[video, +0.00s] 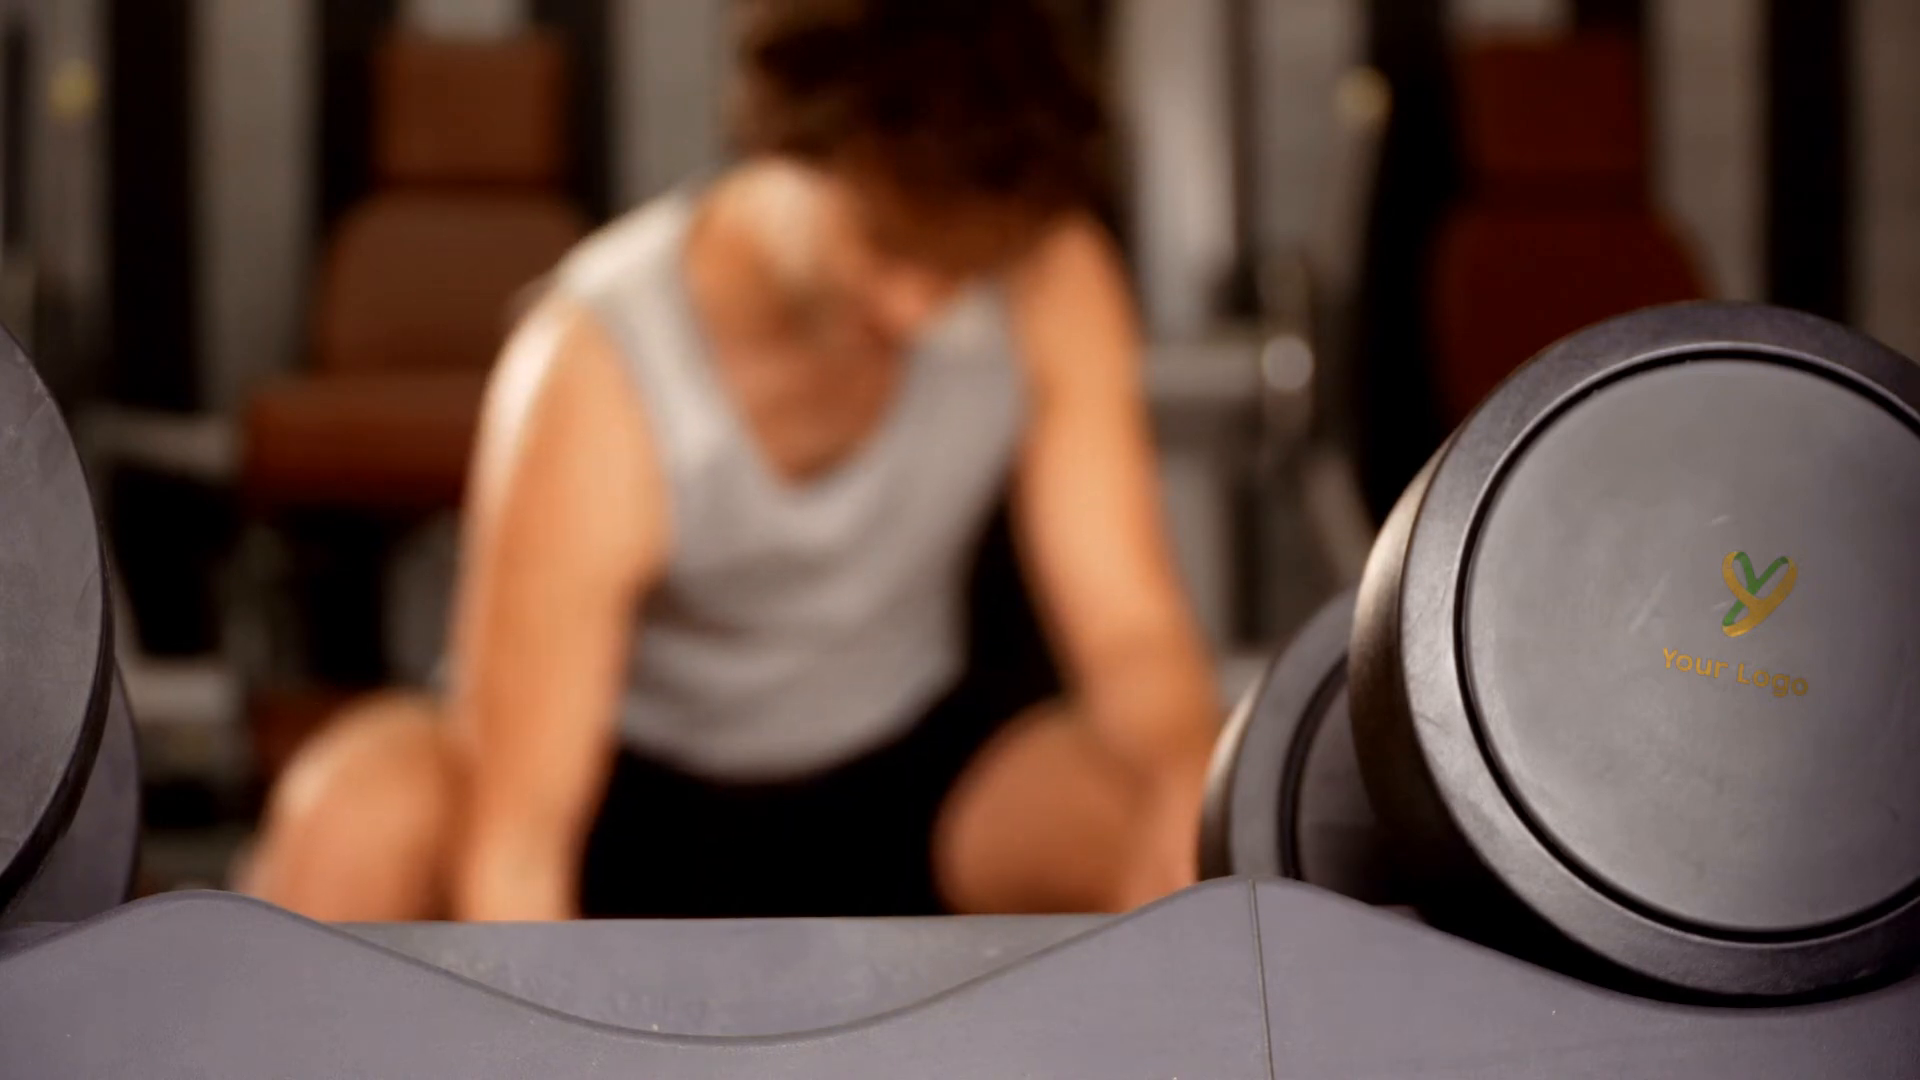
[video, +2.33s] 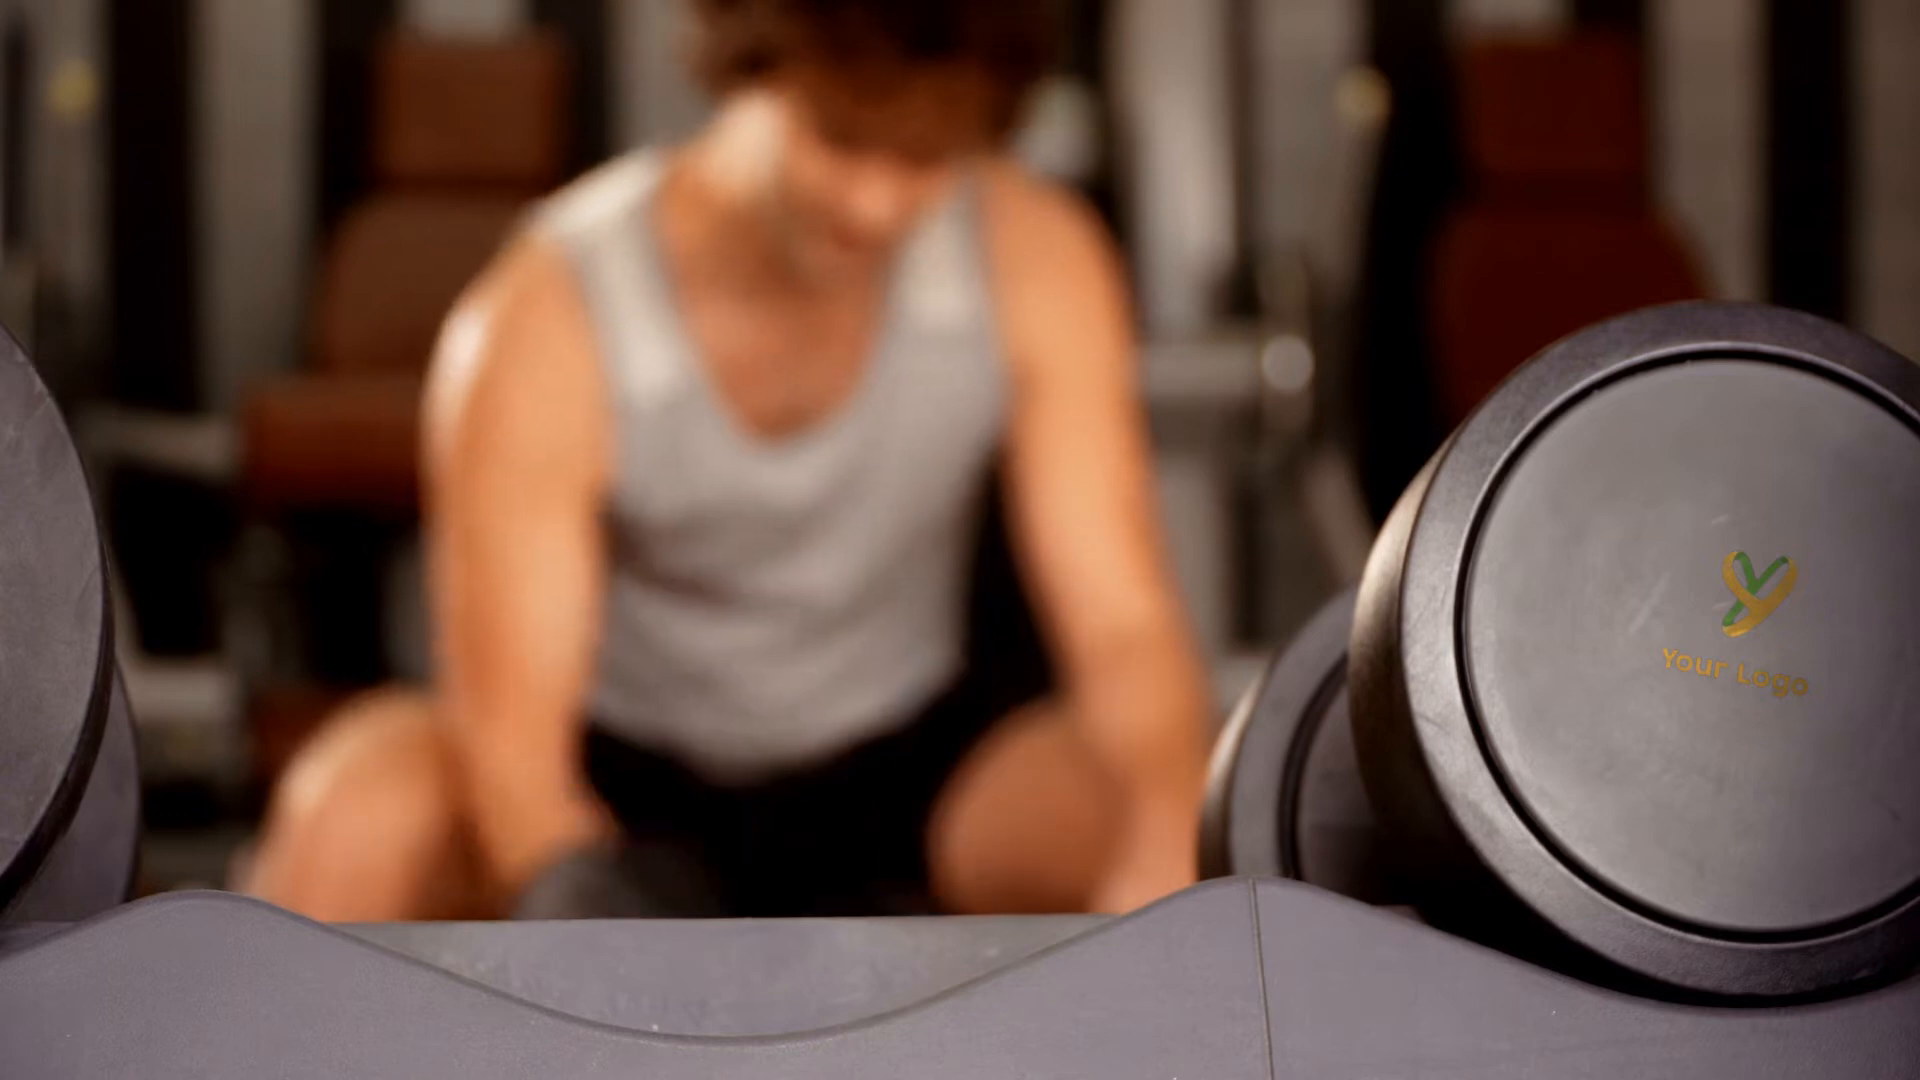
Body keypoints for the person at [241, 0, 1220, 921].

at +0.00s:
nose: (917, 311)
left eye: (968, 267)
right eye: (888, 249)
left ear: (1023, 224)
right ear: (796, 152)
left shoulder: (1044, 269)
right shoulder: (591, 365)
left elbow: (1133, 644)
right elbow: (521, 832)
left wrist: (1203, 843)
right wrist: (531, 1079)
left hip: (900, 785)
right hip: (622, 801)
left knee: (1192, 811)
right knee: (355, 798)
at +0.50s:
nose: (919, 264)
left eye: (970, 220)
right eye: (888, 202)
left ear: (1015, 174)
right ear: (793, 115)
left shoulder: (1044, 254)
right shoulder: (595, 327)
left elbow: (1128, 639)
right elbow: (503, 778)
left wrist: (1183, 863)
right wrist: (662, 1032)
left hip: (898, 780)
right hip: (627, 794)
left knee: (1187, 808)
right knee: (354, 789)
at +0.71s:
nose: (912, 238)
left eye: (961, 192)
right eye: (879, 175)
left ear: (1013, 159)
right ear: (778, 82)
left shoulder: (1044, 256)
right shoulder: (578, 307)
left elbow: (1133, 637)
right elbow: (508, 744)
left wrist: (1182, 851)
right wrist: (721, 897)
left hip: (902, 785)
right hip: (626, 794)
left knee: (1197, 790)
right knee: (369, 793)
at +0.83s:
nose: (908, 231)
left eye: (957, 183)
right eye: (875, 168)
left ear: (1010, 150)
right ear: (777, 76)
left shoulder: (1038, 257)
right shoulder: (556, 309)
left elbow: (1134, 640)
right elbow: (519, 737)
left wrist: (1185, 835)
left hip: (899, 802)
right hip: (619, 800)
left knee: (1193, 787)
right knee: (373, 789)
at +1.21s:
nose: (869, 230)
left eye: (914, 181)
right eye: (834, 169)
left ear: (965, 142)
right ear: (735, 90)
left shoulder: (1001, 257)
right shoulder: (483, 319)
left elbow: (1120, 632)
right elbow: (523, 750)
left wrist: (1180, 884)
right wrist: (745, 704)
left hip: (898, 785)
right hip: (601, 795)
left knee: (1169, 807)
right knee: (371, 805)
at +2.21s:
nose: (875, 205)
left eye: (923, 158)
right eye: (841, 145)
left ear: (983, 123)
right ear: (744, 68)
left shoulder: (1025, 252)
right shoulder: (526, 317)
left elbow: (1126, 638)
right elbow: (520, 732)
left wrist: (1165, 868)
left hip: (905, 795)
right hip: (628, 792)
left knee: (1189, 767)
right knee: (364, 787)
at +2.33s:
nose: (876, 205)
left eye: (926, 161)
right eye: (844, 145)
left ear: (988, 128)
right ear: (752, 70)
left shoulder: (1033, 253)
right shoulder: (541, 325)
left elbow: (1122, 631)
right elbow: (518, 769)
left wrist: (1162, 857)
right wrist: (652, 979)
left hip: (905, 776)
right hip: (619, 785)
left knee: (1187, 808)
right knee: (357, 794)